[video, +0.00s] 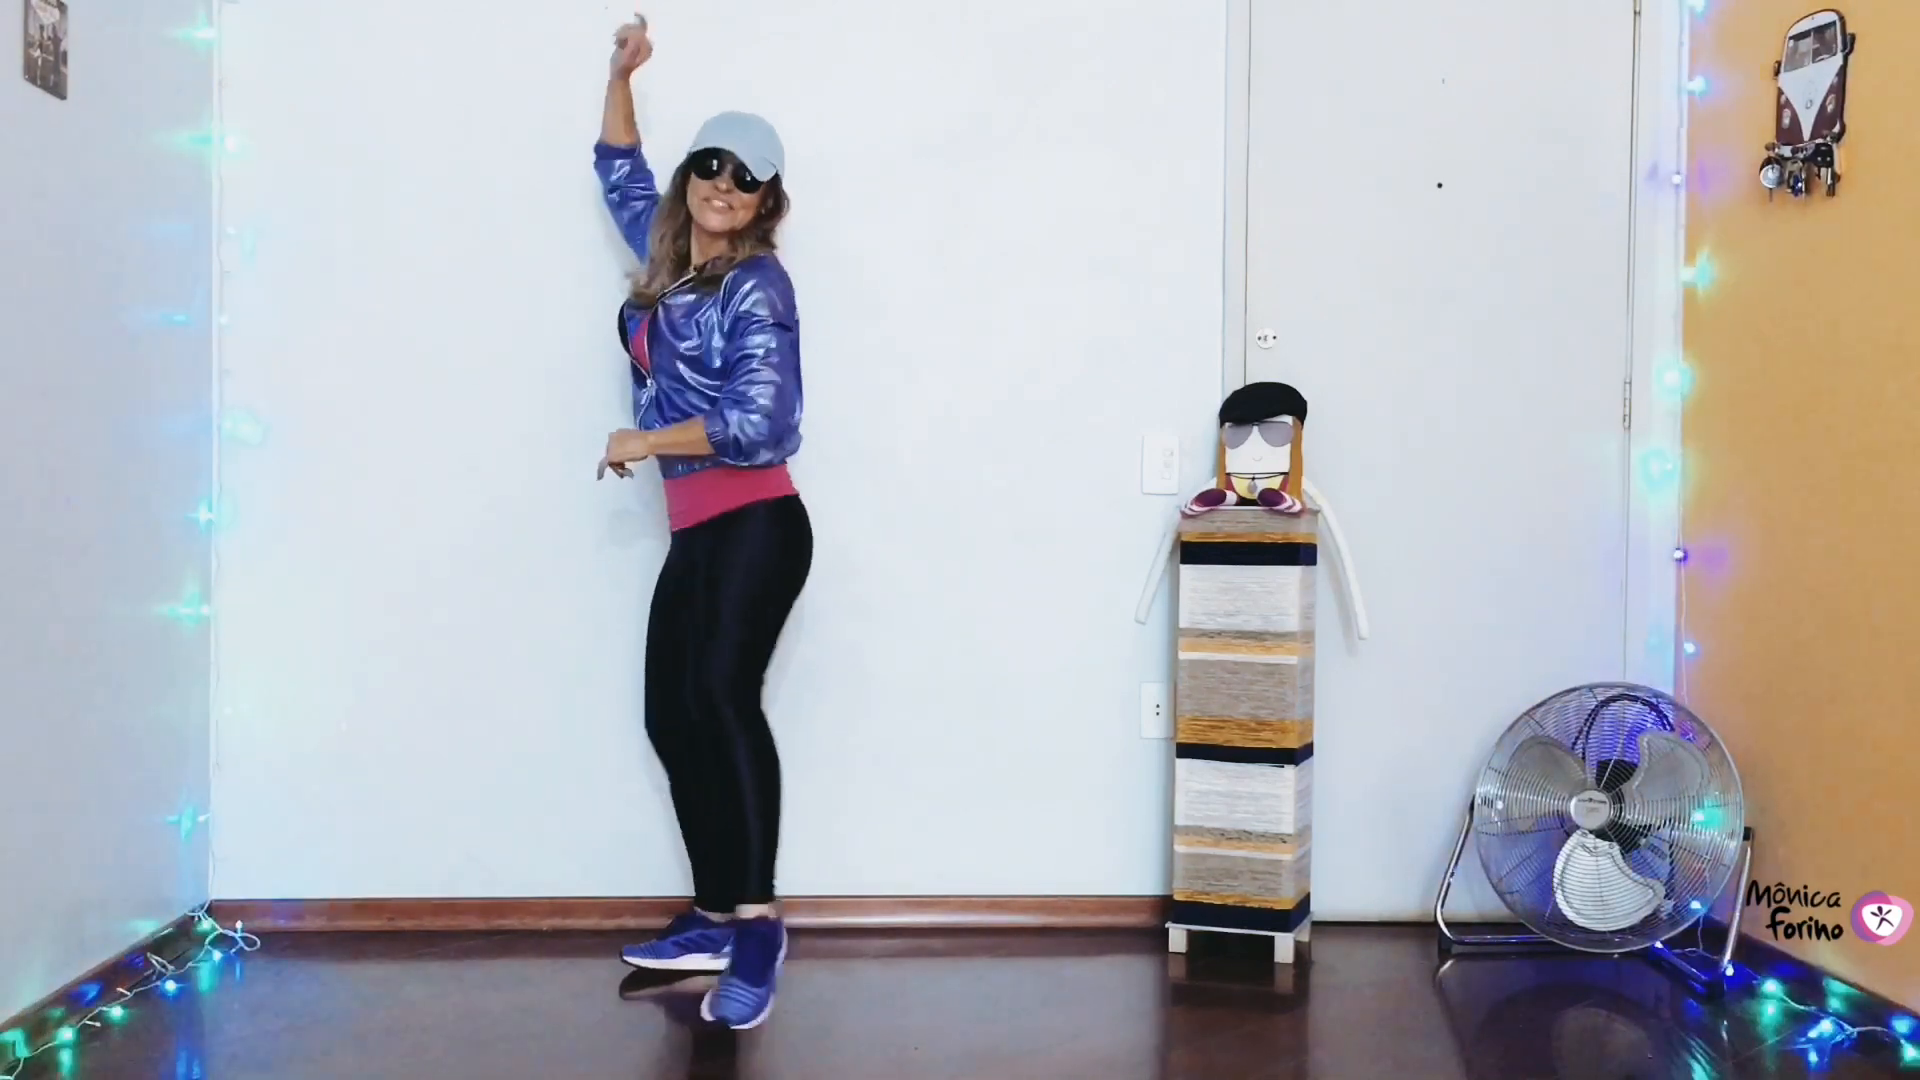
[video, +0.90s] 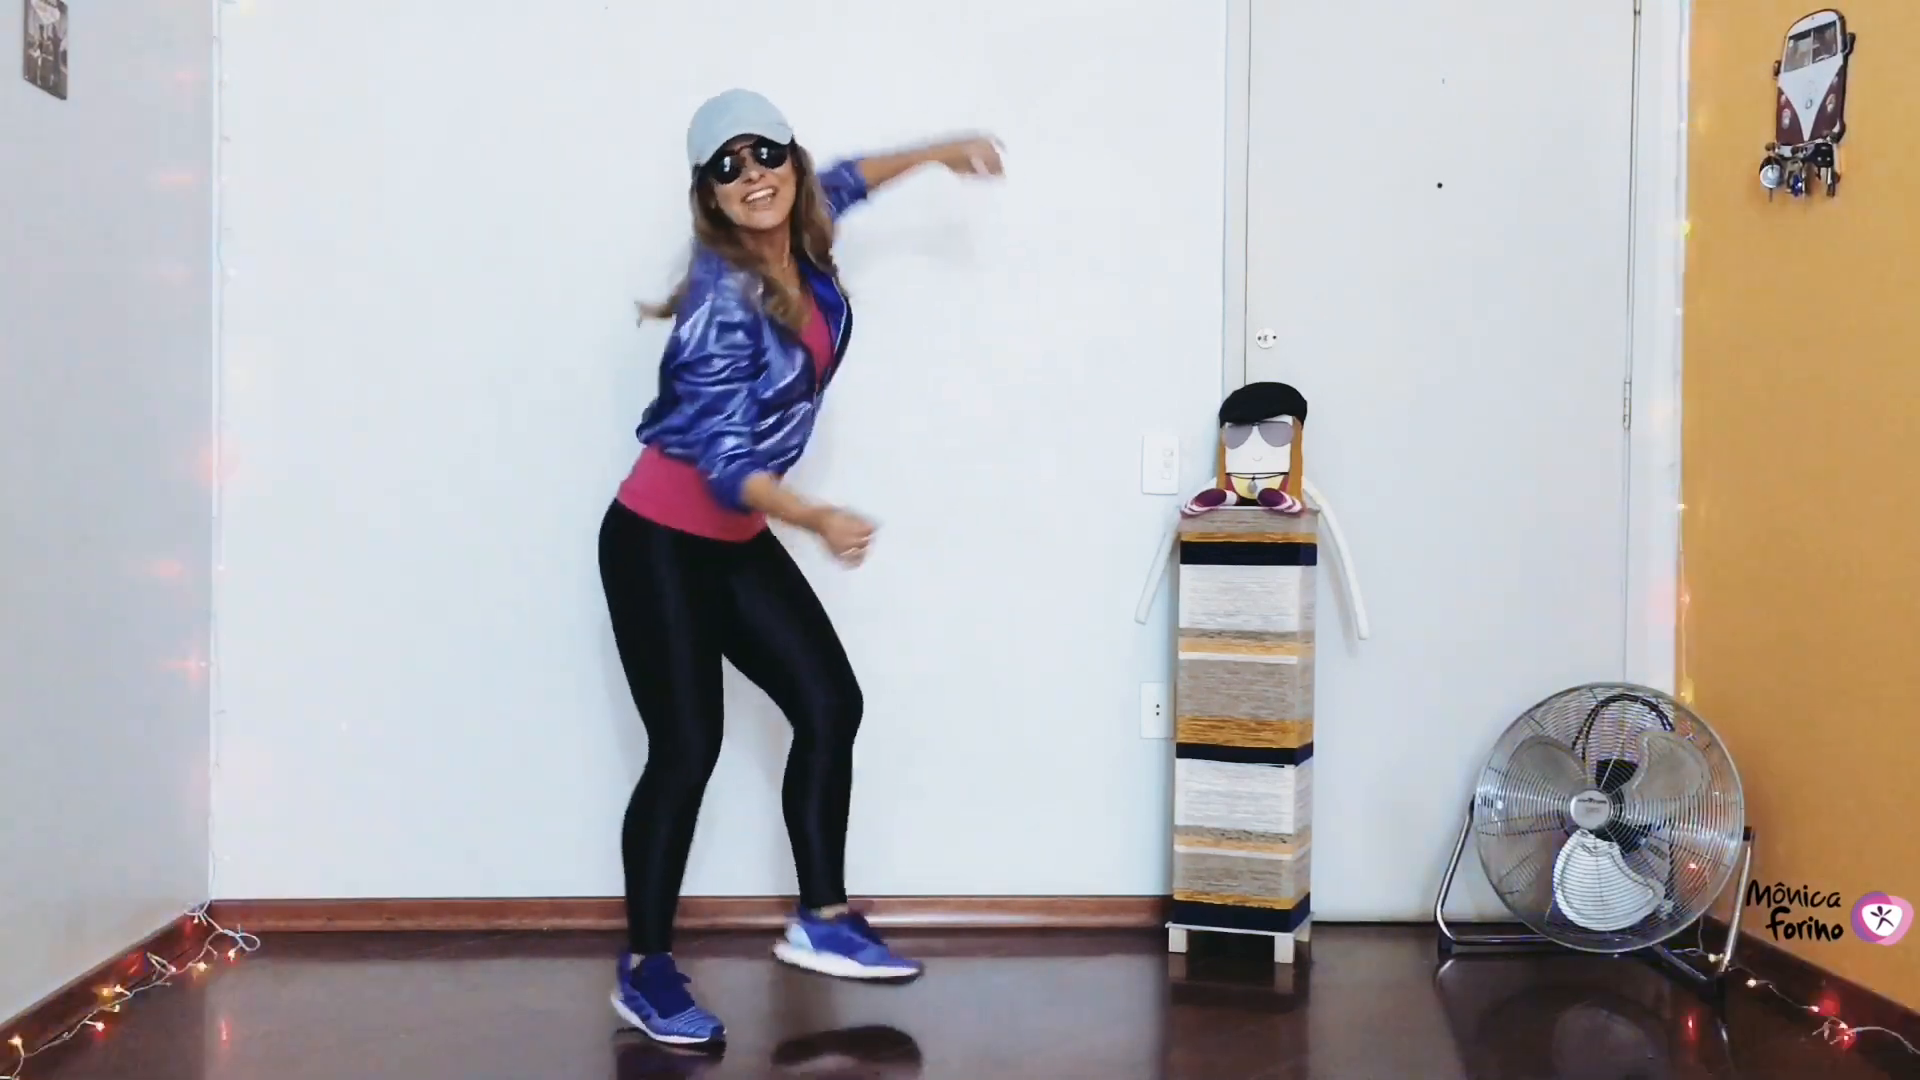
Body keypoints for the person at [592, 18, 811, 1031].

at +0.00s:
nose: (725, 190)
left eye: (746, 183)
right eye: (714, 171)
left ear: (764, 203)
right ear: (687, 179)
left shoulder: (756, 284)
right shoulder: (669, 266)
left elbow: (762, 419)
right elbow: (622, 175)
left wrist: (655, 440)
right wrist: (621, 77)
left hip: (758, 521)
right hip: (695, 532)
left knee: (726, 702)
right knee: (671, 714)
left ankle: (759, 919)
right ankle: (713, 912)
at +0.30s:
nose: (752, 195)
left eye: (773, 184)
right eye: (735, 178)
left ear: (795, 203)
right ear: (706, 194)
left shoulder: (811, 283)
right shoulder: (690, 299)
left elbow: (904, 386)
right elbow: (600, 328)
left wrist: (819, 466)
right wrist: (558, 228)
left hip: (791, 568)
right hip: (703, 561)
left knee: (775, 764)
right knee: (650, 740)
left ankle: (820, 979)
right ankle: (706, 906)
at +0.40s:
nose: (758, 198)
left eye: (780, 188)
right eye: (741, 181)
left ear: (802, 209)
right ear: (712, 198)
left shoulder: (836, 292)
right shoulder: (687, 317)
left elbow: (961, 365)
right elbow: (586, 392)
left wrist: (925, 436)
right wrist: (509, 308)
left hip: (819, 579)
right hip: (721, 575)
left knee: (793, 772)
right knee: (608, 732)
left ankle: (821, 983)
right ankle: (677, 879)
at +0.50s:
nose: (751, 198)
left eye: (772, 186)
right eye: (734, 183)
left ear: (798, 207)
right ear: (707, 203)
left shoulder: (845, 301)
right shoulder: (674, 326)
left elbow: (969, 343)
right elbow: (590, 440)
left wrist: (1001, 375)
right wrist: (469, 398)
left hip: (825, 577)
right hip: (723, 576)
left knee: (806, 773)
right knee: (614, 712)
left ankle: (821, 985)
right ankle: (687, 888)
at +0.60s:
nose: (734, 196)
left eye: (754, 181)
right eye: (716, 183)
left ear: (788, 198)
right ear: (696, 205)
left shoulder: (846, 301)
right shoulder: (668, 324)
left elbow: (950, 329)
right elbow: (625, 462)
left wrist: (1014, 333)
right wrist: (520, 489)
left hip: (817, 573)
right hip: (709, 572)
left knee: (823, 778)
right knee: (643, 739)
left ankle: (821, 983)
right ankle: (694, 932)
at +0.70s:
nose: (728, 195)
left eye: (746, 176)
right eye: (706, 185)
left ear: (782, 191)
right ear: (690, 209)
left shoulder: (833, 291)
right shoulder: (665, 330)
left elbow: (924, 289)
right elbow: (655, 452)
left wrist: (1005, 278)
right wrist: (652, 531)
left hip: (788, 565)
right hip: (685, 569)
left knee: (827, 768)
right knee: (690, 779)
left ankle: (825, 983)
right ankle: (687, 978)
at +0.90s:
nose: (755, 177)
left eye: (768, 156)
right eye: (729, 168)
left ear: (796, 169)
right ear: (708, 192)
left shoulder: (802, 240)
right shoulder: (721, 304)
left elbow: (847, 180)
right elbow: (716, 456)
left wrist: (938, 152)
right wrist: (811, 512)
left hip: (739, 539)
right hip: (656, 540)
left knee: (831, 705)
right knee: (685, 743)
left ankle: (822, 919)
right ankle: (645, 968)